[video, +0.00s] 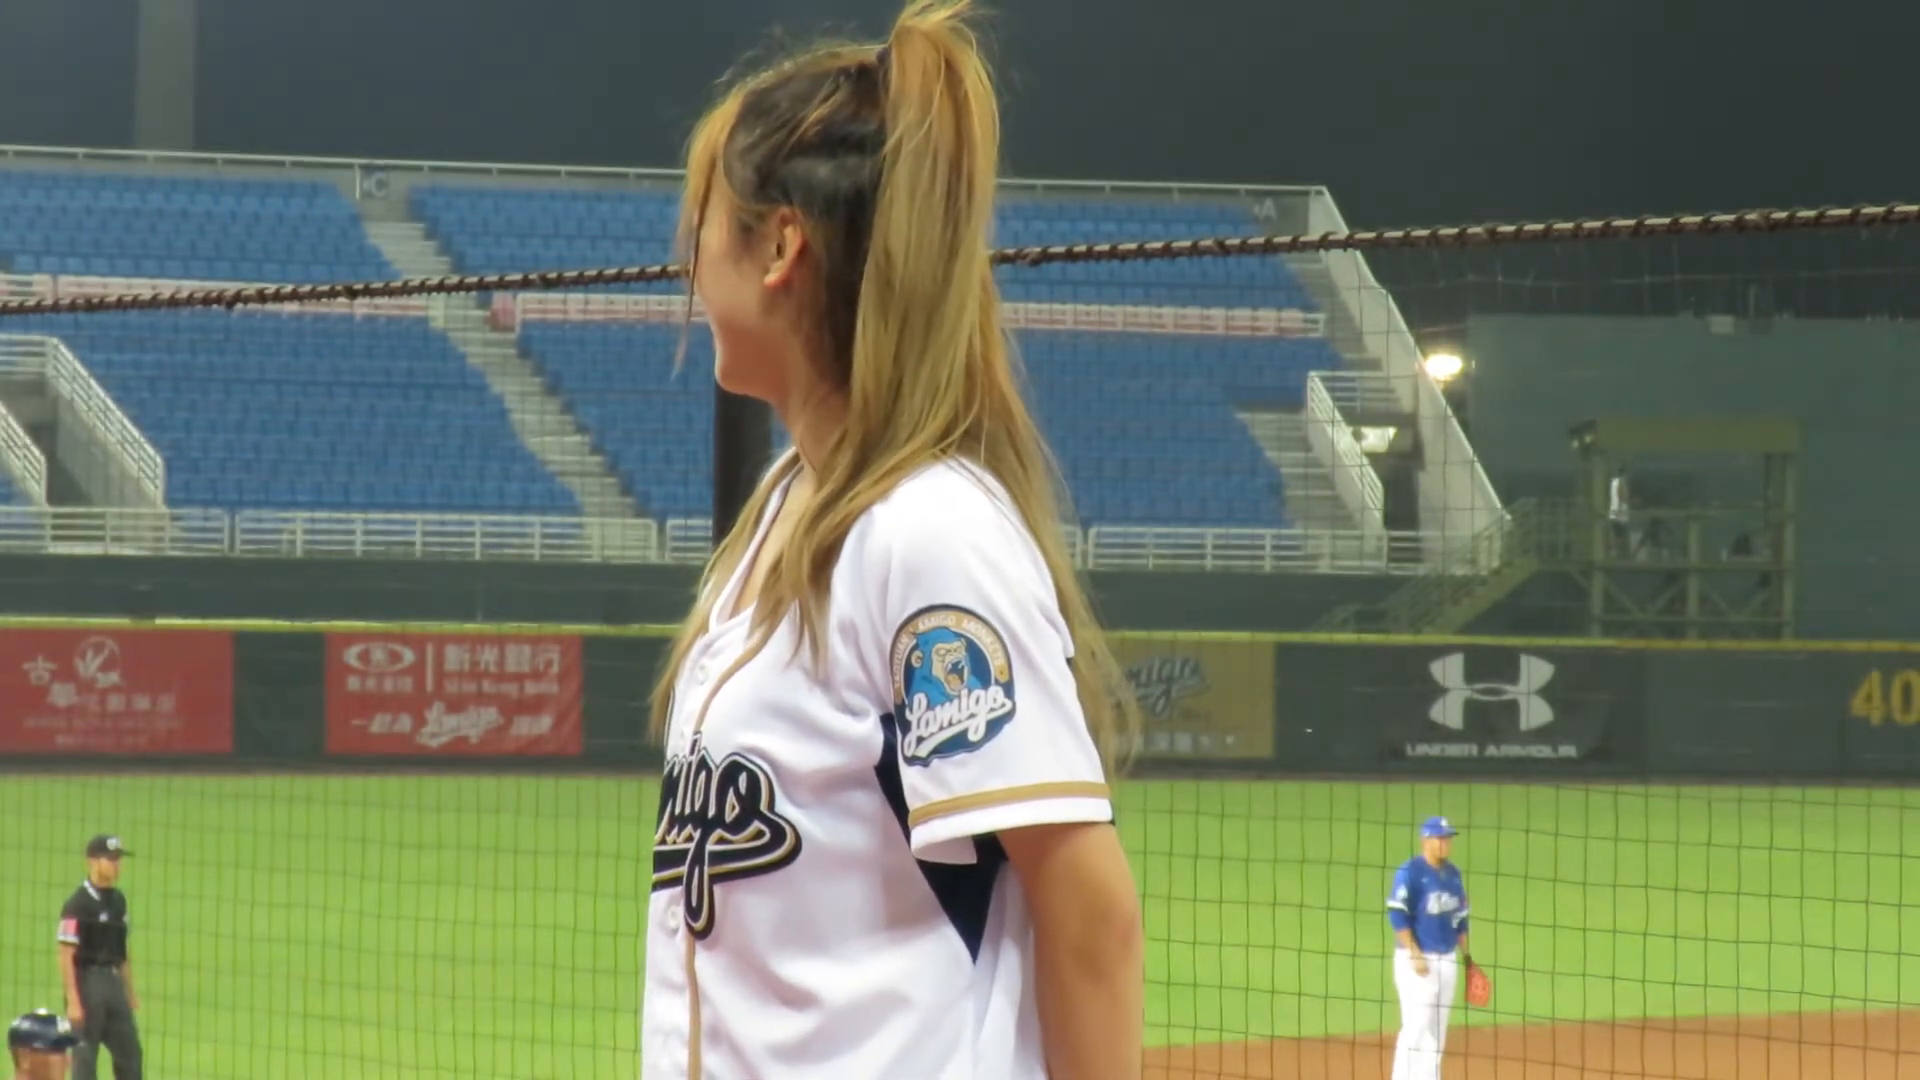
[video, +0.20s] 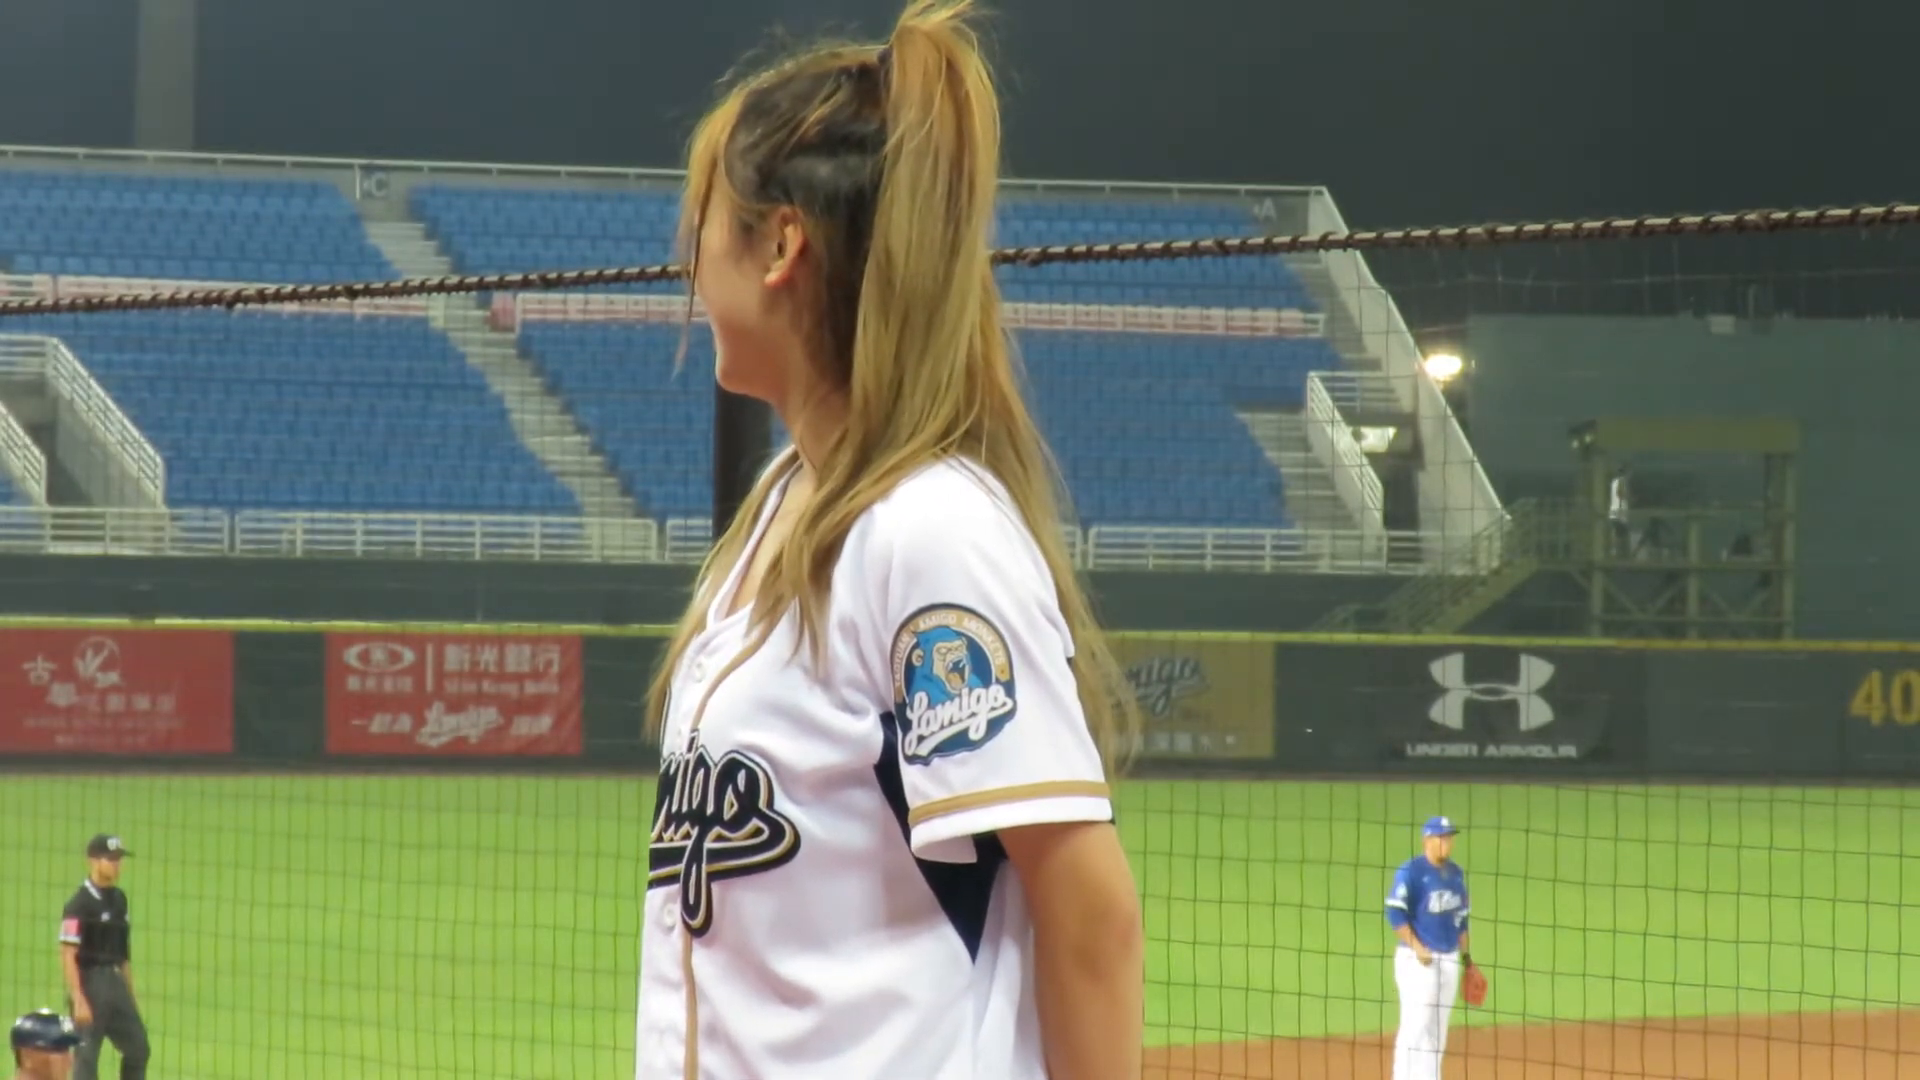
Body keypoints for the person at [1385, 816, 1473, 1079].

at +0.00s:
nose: (1445, 844)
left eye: (1447, 839)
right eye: (1439, 839)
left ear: (1450, 842)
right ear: (1426, 840)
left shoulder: (1452, 874)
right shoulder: (1410, 872)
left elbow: (1460, 921)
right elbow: (1397, 914)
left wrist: (1467, 960)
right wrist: (1415, 952)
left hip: (1447, 960)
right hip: (1416, 958)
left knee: (1437, 1028)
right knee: (1416, 1025)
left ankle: (1429, 1075)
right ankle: (1404, 1075)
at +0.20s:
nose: (1446, 843)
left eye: (1449, 838)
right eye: (1441, 838)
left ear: (1452, 841)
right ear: (1427, 840)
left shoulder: (1456, 874)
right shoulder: (1410, 871)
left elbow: (1461, 921)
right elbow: (1395, 912)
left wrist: (1467, 961)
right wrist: (1417, 947)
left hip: (1449, 960)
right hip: (1417, 958)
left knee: (1438, 1030)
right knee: (1416, 1026)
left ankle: (1429, 1076)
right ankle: (1405, 1076)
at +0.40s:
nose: (1448, 843)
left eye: (1451, 838)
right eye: (1442, 837)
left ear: (1454, 841)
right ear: (1429, 839)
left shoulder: (1458, 876)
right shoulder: (1413, 869)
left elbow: (1461, 924)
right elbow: (1392, 907)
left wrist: (1467, 964)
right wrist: (1413, 944)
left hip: (1449, 961)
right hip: (1417, 959)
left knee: (1437, 1032)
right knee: (1416, 1030)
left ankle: (1430, 1076)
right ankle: (1409, 1076)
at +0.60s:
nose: (1448, 842)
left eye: (1451, 837)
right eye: (1443, 836)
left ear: (1454, 840)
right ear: (1431, 838)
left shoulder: (1458, 876)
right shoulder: (1411, 868)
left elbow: (1461, 924)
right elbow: (1396, 908)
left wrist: (1468, 964)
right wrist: (1405, 948)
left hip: (1444, 960)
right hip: (1412, 956)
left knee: (1434, 1032)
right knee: (1408, 1027)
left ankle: (1429, 1076)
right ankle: (1398, 1076)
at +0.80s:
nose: (1443, 841)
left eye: (1446, 836)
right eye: (1438, 836)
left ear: (1450, 840)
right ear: (1425, 837)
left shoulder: (1454, 876)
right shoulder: (1407, 867)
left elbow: (1458, 924)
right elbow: (1391, 908)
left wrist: (1466, 961)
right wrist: (1392, 948)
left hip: (1439, 959)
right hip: (1409, 956)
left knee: (1432, 1033)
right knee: (1397, 1027)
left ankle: (1429, 1076)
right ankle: (1375, 1076)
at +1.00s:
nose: (1429, 840)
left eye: (1432, 835)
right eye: (1423, 835)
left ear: (1436, 838)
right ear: (1411, 838)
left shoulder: (1442, 874)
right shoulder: (1394, 869)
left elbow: (1447, 923)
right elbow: (1381, 911)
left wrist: (1453, 961)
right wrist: (1387, 952)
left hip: (1433, 960)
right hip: (1401, 957)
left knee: (1429, 1034)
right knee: (1388, 1029)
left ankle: (1428, 1077)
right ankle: (1366, 1076)